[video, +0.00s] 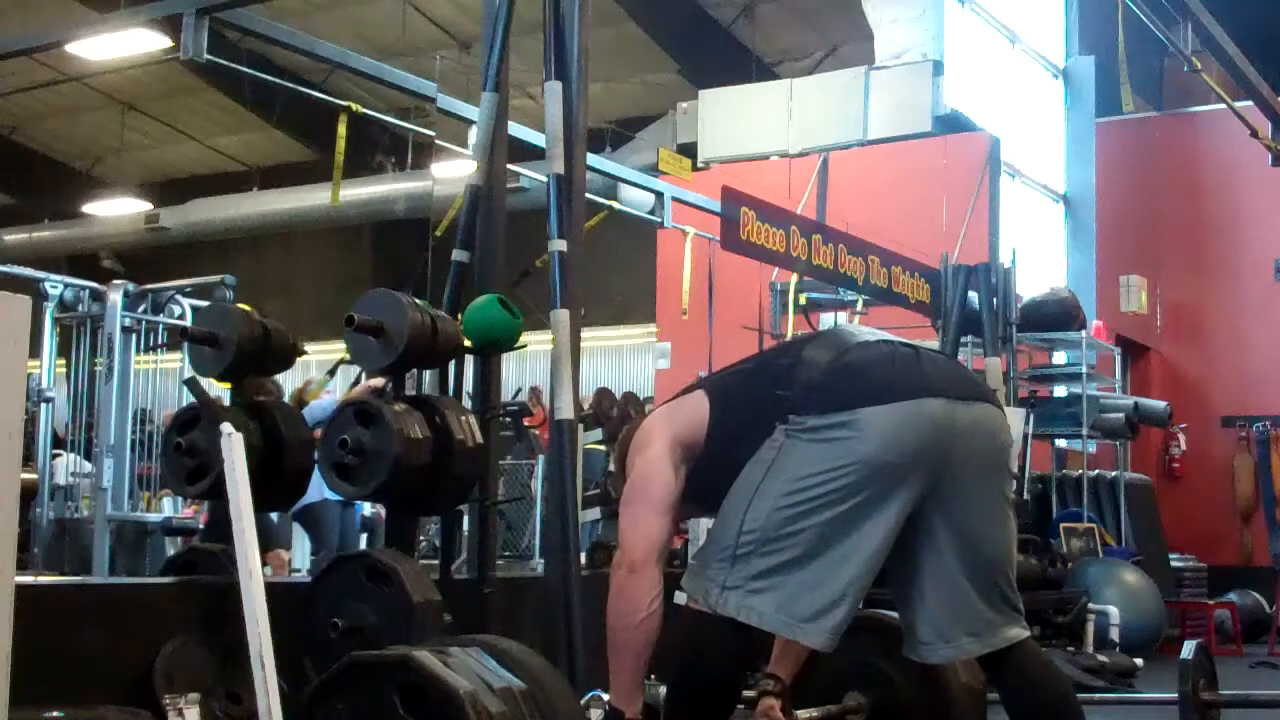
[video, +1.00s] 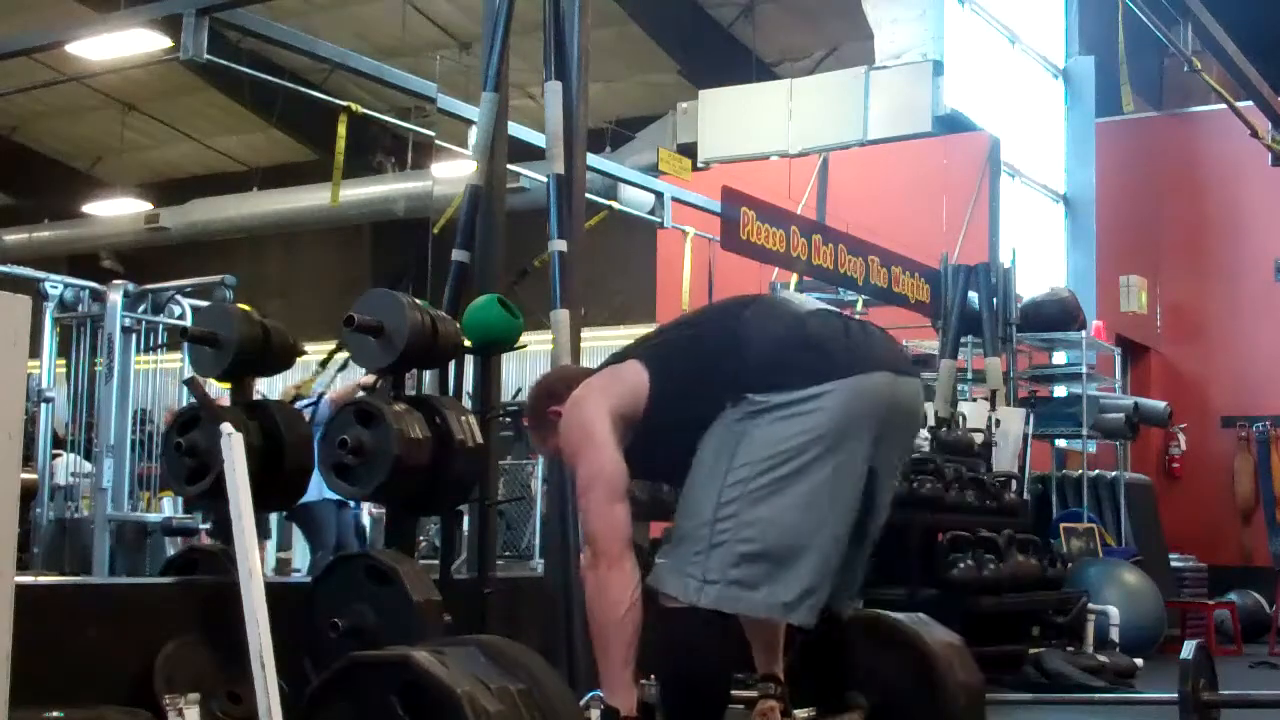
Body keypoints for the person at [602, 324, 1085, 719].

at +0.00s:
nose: (669, 524)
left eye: (641, 487)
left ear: (641, 453)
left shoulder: (662, 432)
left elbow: (640, 566)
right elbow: (829, 564)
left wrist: (622, 703)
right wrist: (773, 687)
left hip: (862, 406)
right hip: (977, 407)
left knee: (722, 604)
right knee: (998, 631)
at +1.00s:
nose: (565, 466)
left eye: (558, 451)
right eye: (555, 457)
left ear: (559, 413)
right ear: (588, 382)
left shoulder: (587, 407)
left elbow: (609, 560)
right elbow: (773, 534)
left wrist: (620, 703)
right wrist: (771, 678)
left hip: (808, 387)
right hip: (894, 381)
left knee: (688, 598)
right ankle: (771, 694)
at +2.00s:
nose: (544, 467)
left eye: (533, 452)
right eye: (533, 459)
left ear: (539, 413)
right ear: (570, 390)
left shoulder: (570, 415)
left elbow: (596, 556)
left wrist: (607, 701)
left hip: (787, 405)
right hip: (872, 406)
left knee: (662, 604)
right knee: (761, 628)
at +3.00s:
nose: (555, 354)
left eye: (557, 338)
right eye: (555, 339)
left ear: (583, 334)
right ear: (638, 331)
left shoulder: (605, 389)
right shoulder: (679, 369)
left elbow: (608, 542)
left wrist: (600, 686)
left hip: (805, 454)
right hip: (881, 458)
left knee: (647, 610)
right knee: (746, 635)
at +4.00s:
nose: (554, 217)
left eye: (559, 198)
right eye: (556, 200)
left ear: (587, 196)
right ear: (634, 197)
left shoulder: (612, 253)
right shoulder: (686, 233)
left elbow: (614, 402)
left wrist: (607, 549)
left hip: (781, 379)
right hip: (860, 377)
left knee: (693, 603)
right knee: (786, 618)